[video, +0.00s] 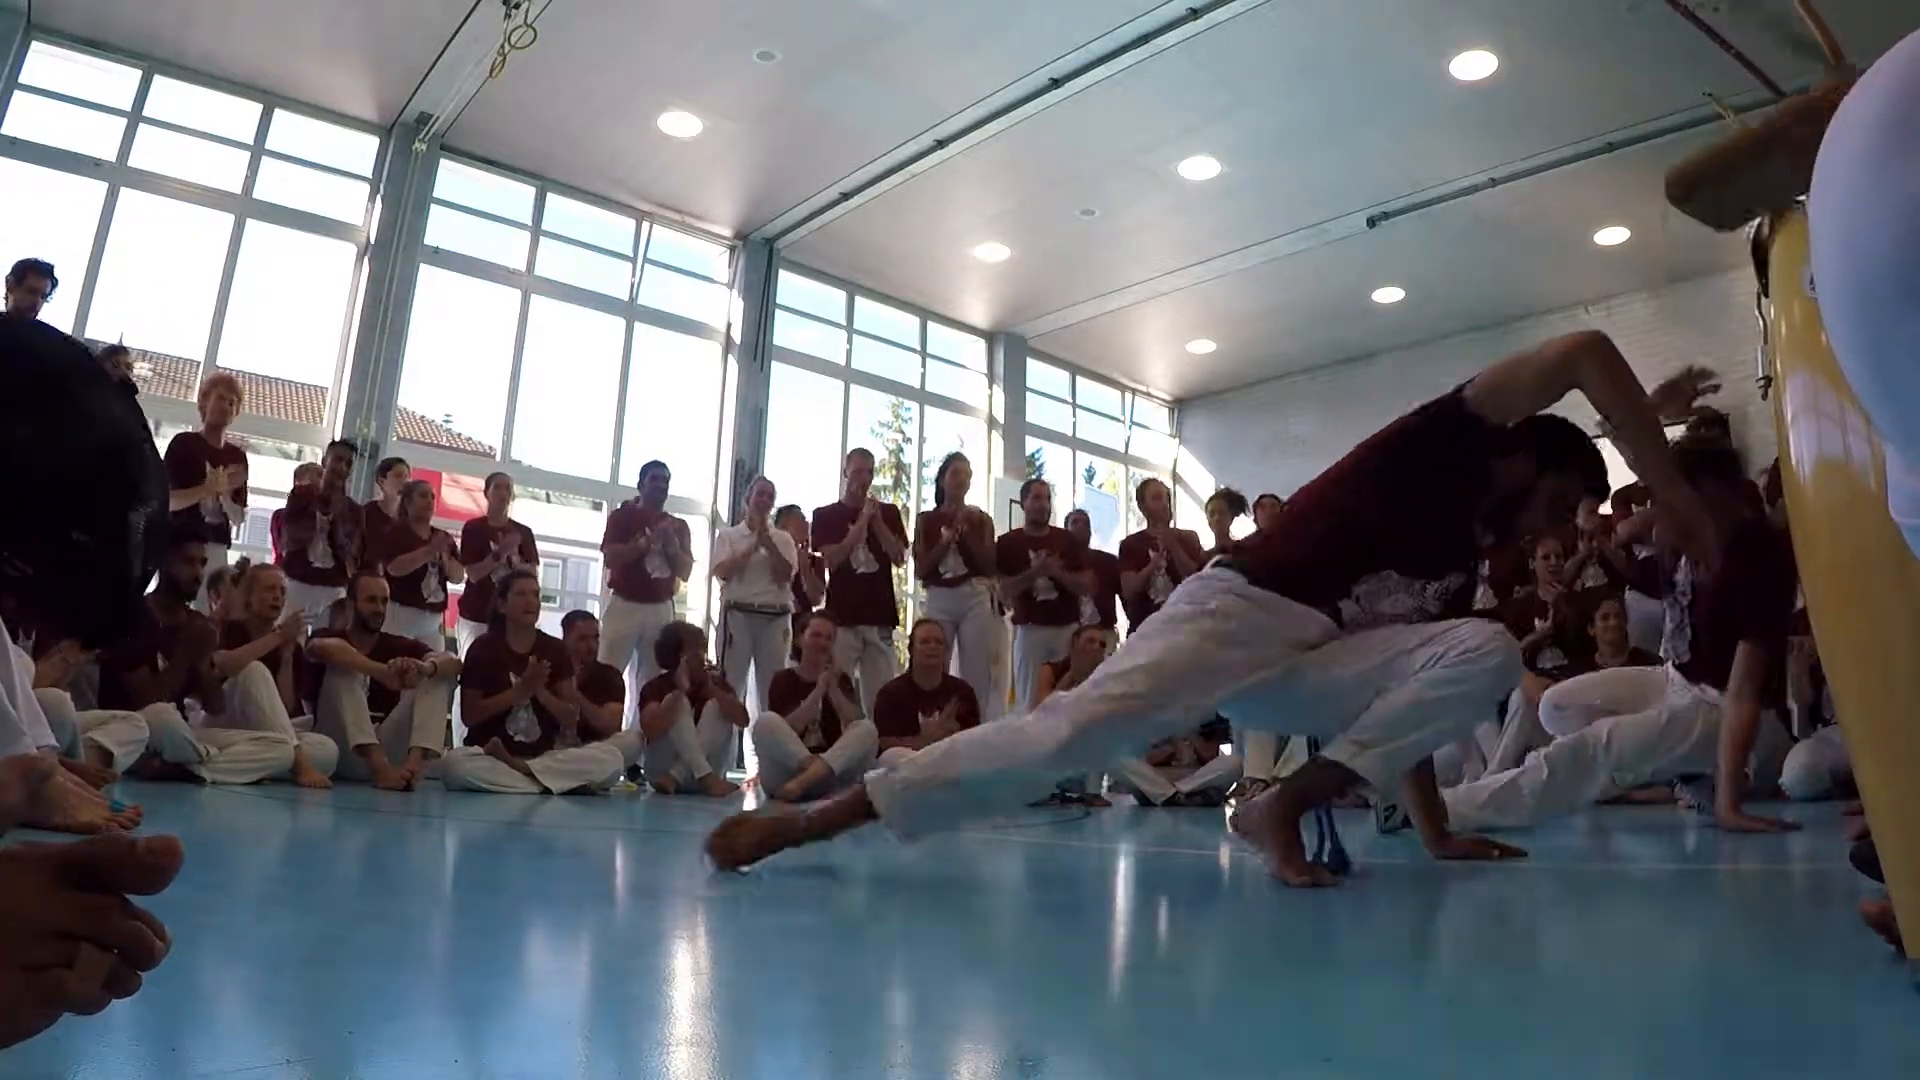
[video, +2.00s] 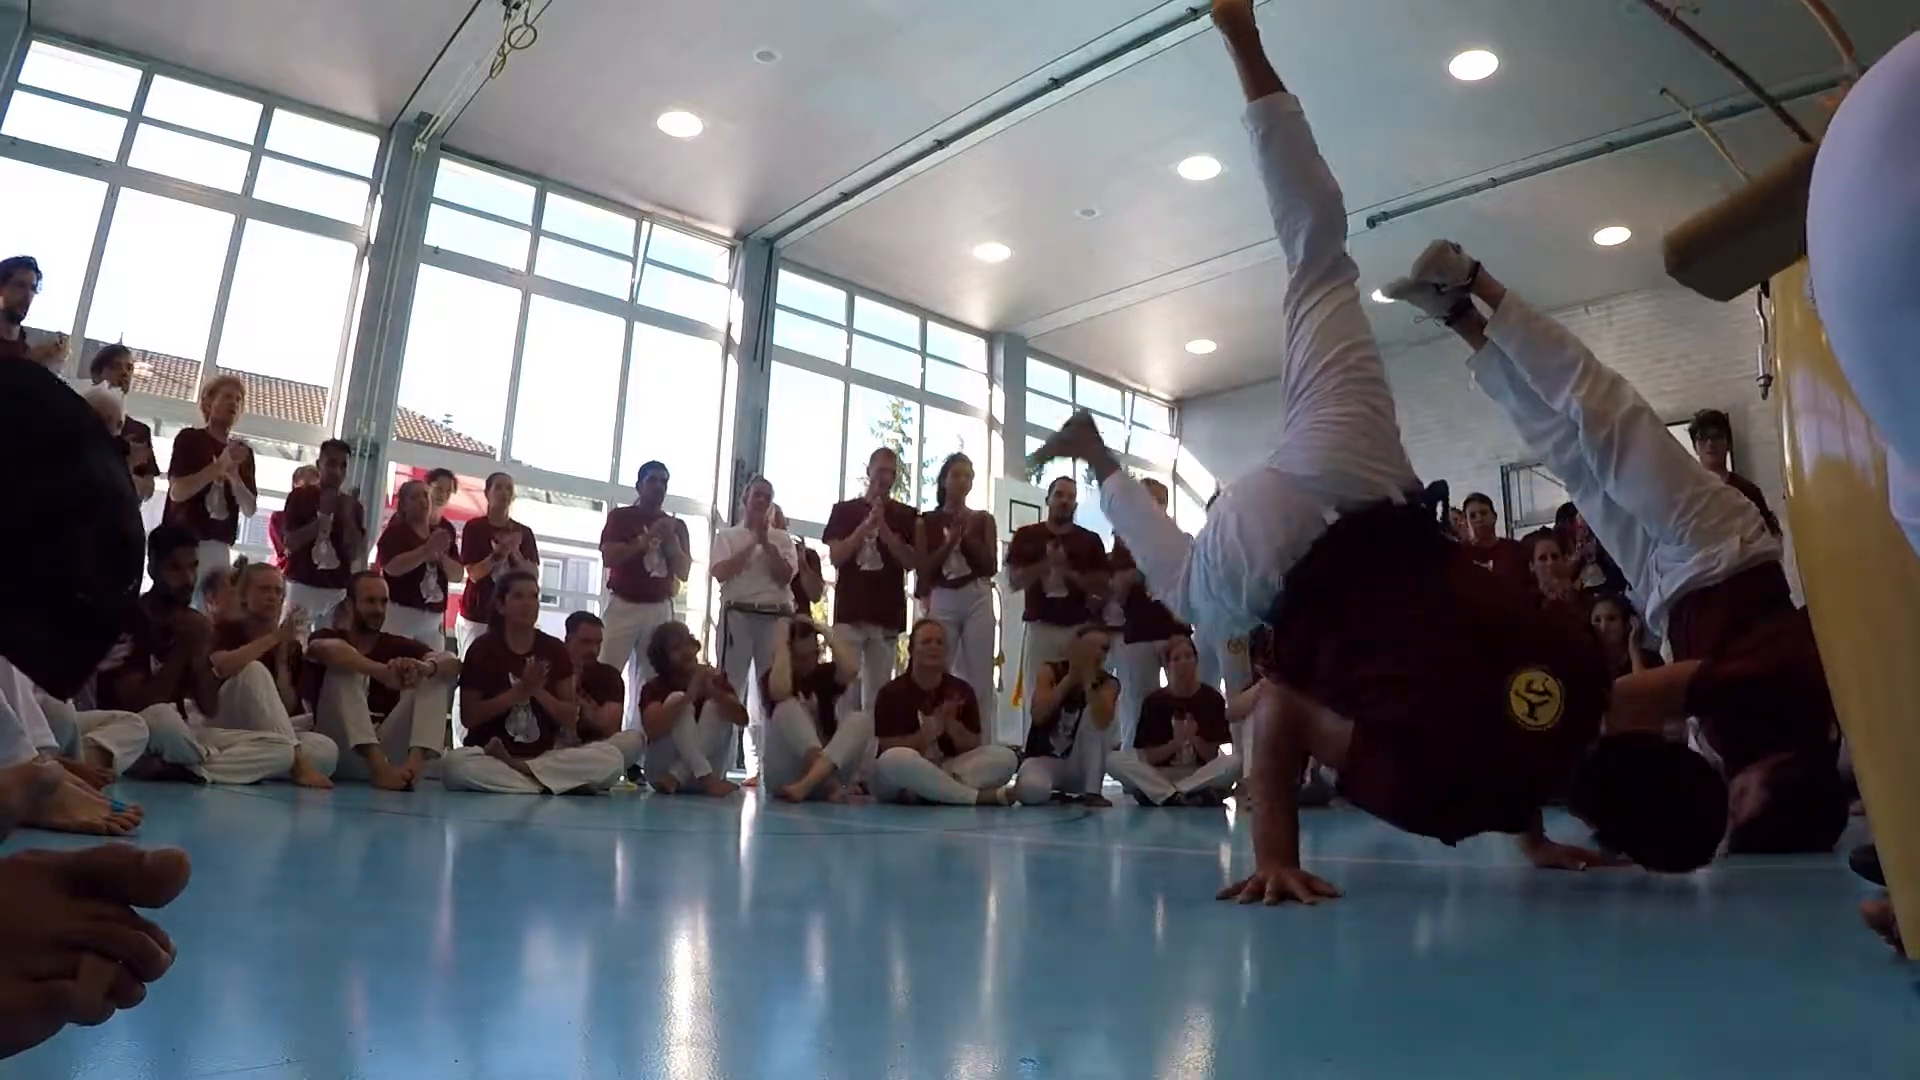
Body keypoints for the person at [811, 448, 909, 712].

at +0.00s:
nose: (862, 479)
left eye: (867, 473)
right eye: (856, 473)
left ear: (873, 476)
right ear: (844, 474)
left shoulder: (888, 512)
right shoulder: (825, 515)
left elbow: (899, 557)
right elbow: (830, 561)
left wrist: (876, 522)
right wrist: (861, 522)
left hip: (879, 619)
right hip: (841, 620)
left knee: (883, 702)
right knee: (836, 698)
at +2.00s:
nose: (886, 477)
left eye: (891, 472)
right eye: (881, 471)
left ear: (896, 476)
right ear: (868, 471)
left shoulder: (907, 514)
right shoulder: (844, 510)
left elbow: (910, 561)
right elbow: (836, 557)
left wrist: (883, 528)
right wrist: (866, 526)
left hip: (886, 613)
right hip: (849, 611)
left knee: (880, 690)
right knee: (845, 688)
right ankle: (844, 748)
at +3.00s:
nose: (877, 476)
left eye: (882, 470)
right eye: (871, 470)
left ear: (888, 474)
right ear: (861, 473)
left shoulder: (904, 516)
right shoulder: (840, 514)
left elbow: (911, 563)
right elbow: (831, 563)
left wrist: (896, 527)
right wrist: (846, 528)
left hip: (887, 616)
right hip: (848, 616)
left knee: (883, 695)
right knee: (848, 694)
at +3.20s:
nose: (875, 476)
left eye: (880, 471)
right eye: (870, 471)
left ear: (888, 474)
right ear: (861, 473)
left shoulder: (905, 516)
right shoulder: (842, 514)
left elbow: (909, 560)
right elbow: (836, 560)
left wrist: (881, 525)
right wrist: (863, 525)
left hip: (889, 617)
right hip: (849, 616)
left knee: (885, 695)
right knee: (850, 693)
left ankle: (877, 769)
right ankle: (842, 767)